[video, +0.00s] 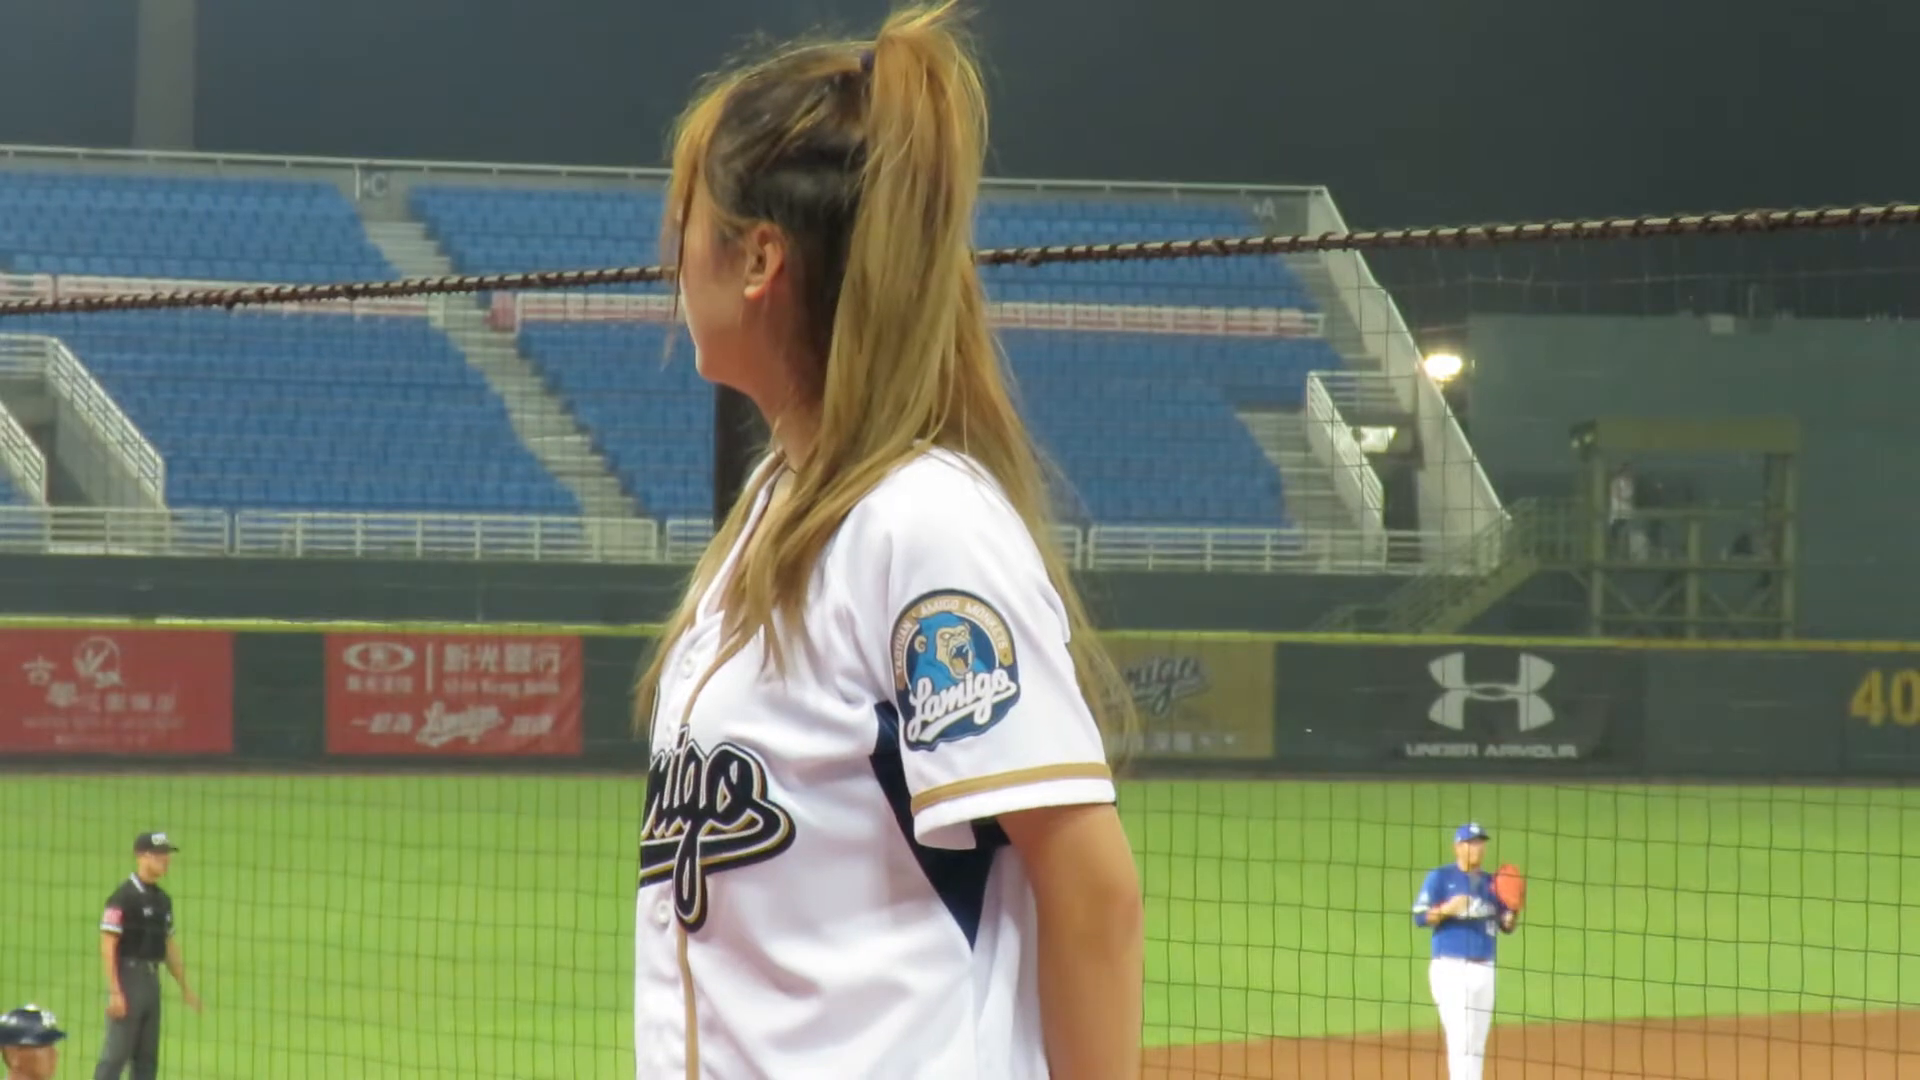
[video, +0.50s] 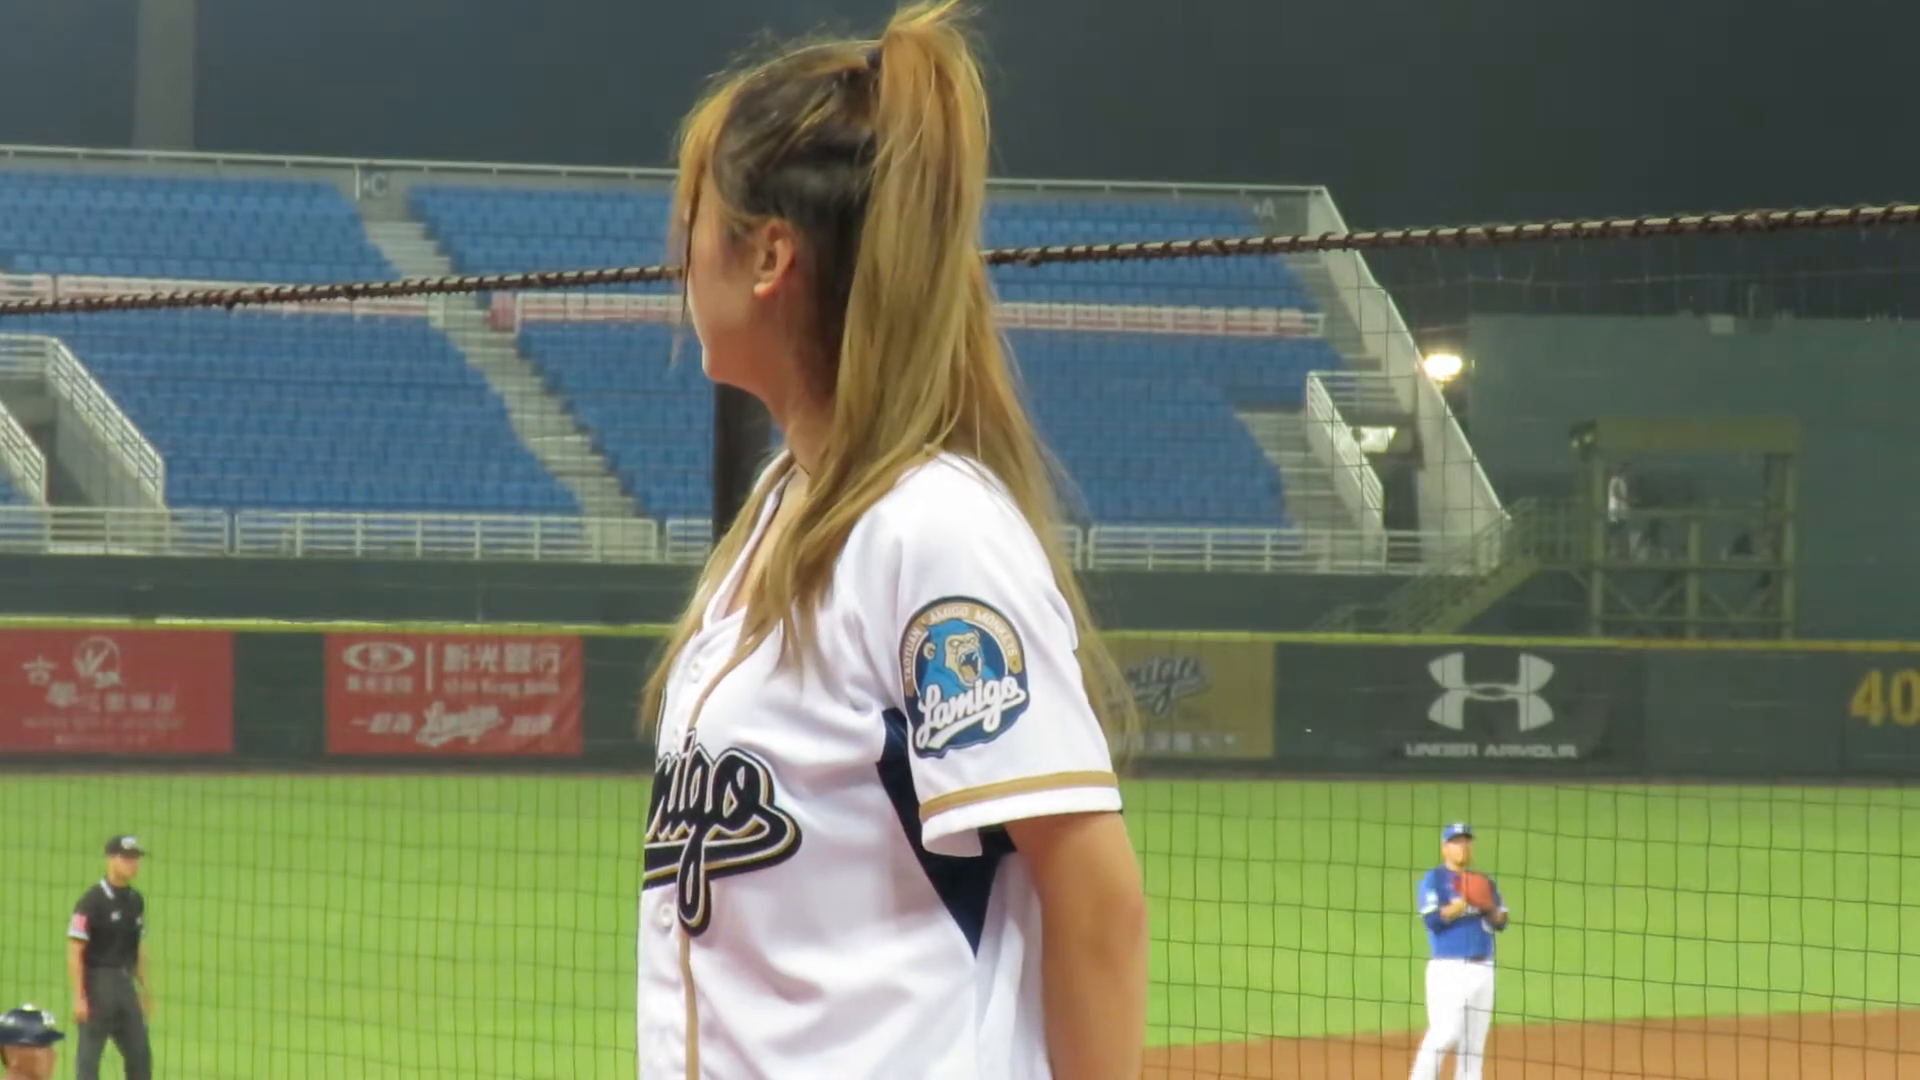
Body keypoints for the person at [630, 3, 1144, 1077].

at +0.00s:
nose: (674, 257)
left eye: (687, 222)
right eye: (682, 220)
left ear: (759, 262)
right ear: (763, 260)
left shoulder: (929, 522)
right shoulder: (770, 503)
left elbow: (1093, 886)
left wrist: (1085, 1070)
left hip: (882, 1056)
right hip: (716, 1051)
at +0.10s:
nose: (676, 257)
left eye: (690, 223)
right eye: (684, 221)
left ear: (763, 260)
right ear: (766, 259)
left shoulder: (930, 523)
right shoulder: (774, 506)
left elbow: (1093, 888)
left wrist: (1084, 1070)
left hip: (881, 1056)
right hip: (718, 1051)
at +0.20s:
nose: (678, 257)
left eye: (691, 223)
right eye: (686, 221)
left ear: (764, 261)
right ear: (768, 260)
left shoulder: (931, 525)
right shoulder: (775, 509)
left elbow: (1092, 888)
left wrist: (1084, 1076)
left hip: (882, 1060)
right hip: (719, 1054)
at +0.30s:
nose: (679, 258)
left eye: (693, 223)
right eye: (687, 222)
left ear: (767, 261)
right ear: (769, 260)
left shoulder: (933, 526)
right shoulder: (776, 509)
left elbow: (1094, 891)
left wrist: (1085, 1076)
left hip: (881, 1061)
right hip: (719, 1054)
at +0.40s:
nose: (681, 257)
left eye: (694, 223)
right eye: (688, 221)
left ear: (768, 260)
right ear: (772, 259)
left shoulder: (935, 527)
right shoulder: (777, 508)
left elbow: (1097, 892)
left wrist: (1087, 1075)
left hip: (882, 1060)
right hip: (720, 1054)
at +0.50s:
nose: (682, 258)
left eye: (695, 224)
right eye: (689, 222)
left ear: (770, 259)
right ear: (773, 258)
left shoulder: (938, 527)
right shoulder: (780, 506)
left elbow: (1098, 897)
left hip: (883, 1055)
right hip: (718, 1051)